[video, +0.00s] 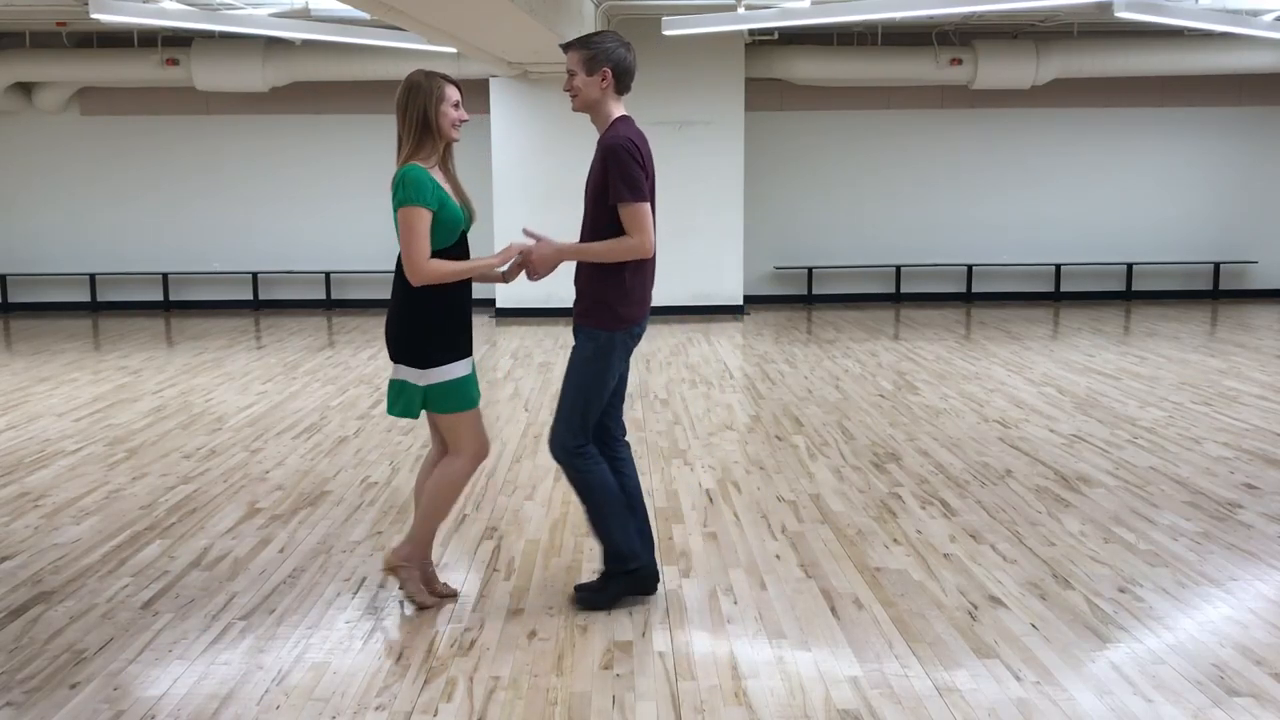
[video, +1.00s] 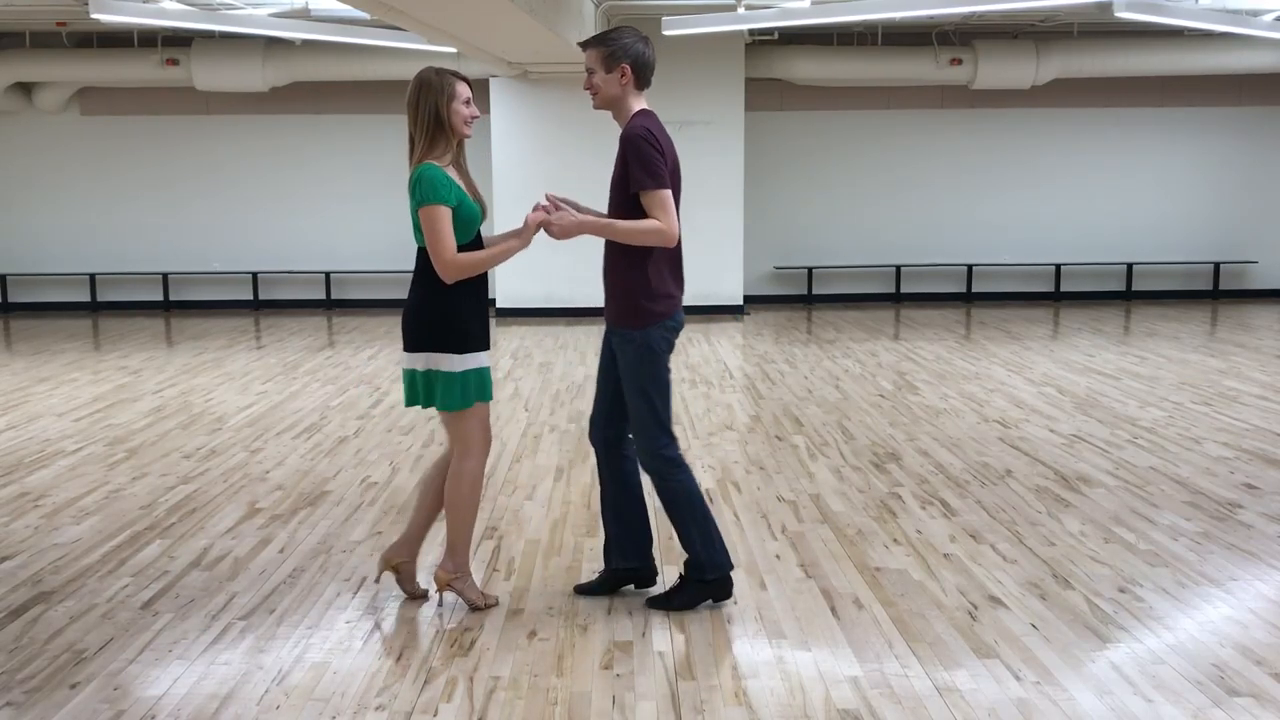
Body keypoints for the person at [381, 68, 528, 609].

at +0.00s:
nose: (463, 115)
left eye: (461, 106)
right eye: (454, 106)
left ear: (441, 113)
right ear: (426, 114)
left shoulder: (437, 175)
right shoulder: (416, 180)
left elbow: (442, 262)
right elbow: (418, 270)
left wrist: (494, 265)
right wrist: (488, 267)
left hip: (439, 331)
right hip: (430, 336)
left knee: (444, 447)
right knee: (471, 447)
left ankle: (419, 562)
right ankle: (410, 552)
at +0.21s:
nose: (450, 113)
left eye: (448, 104)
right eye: (440, 104)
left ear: (428, 112)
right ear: (415, 112)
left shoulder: (425, 173)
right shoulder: (406, 178)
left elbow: (417, 258)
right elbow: (391, 264)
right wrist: (469, 273)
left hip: (433, 332)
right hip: (408, 335)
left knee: (463, 438)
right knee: (413, 453)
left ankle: (424, 551)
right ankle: (360, 565)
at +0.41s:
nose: (445, 112)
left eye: (444, 104)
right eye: (436, 105)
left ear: (424, 113)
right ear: (410, 113)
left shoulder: (422, 174)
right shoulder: (404, 179)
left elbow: (411, 261)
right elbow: (383, 264)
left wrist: (466, 271)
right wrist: (460, 275)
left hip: (426, 336)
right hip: (400, 339)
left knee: (449, 444)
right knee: (401, 456)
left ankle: (401, 549)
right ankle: (355, 566)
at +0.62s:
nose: (452, 111)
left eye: (450, 102)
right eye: (442, 102)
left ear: (427, 110)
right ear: (415, 110)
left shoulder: (424, 174)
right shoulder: (408, 179)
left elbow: (425, 263)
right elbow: (406, 269)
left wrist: (482, 270)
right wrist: (477, 274)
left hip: (412, 335)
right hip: (415, 339)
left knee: (414, 447)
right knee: (452, 448)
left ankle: (388, 561)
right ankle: (385, 553)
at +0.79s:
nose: (461, 111)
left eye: (459, 101)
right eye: (451, 102)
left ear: (436, 110)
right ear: (424, 110)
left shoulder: (434, 172)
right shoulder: (413, 177)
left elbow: (447, 257)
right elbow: (432, 266)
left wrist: (504, 245)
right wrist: (501, 249)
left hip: (417, 331)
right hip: (429, 335)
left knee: (408, 445)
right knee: (473, 440)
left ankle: (385, 556)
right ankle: (450, 562)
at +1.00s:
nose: (475, 111)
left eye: (473, 102)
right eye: (465, 103)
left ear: (458, 112)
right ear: (439, 110)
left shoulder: (450, 174)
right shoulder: (431, 178)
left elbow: (466, 253)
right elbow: (448, 266)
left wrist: (522, 234)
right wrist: (519, 241)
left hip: (458, 325)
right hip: (448, 328)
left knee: (465, 445)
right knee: (473, 443)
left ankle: (403, 550)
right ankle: (455, 565)